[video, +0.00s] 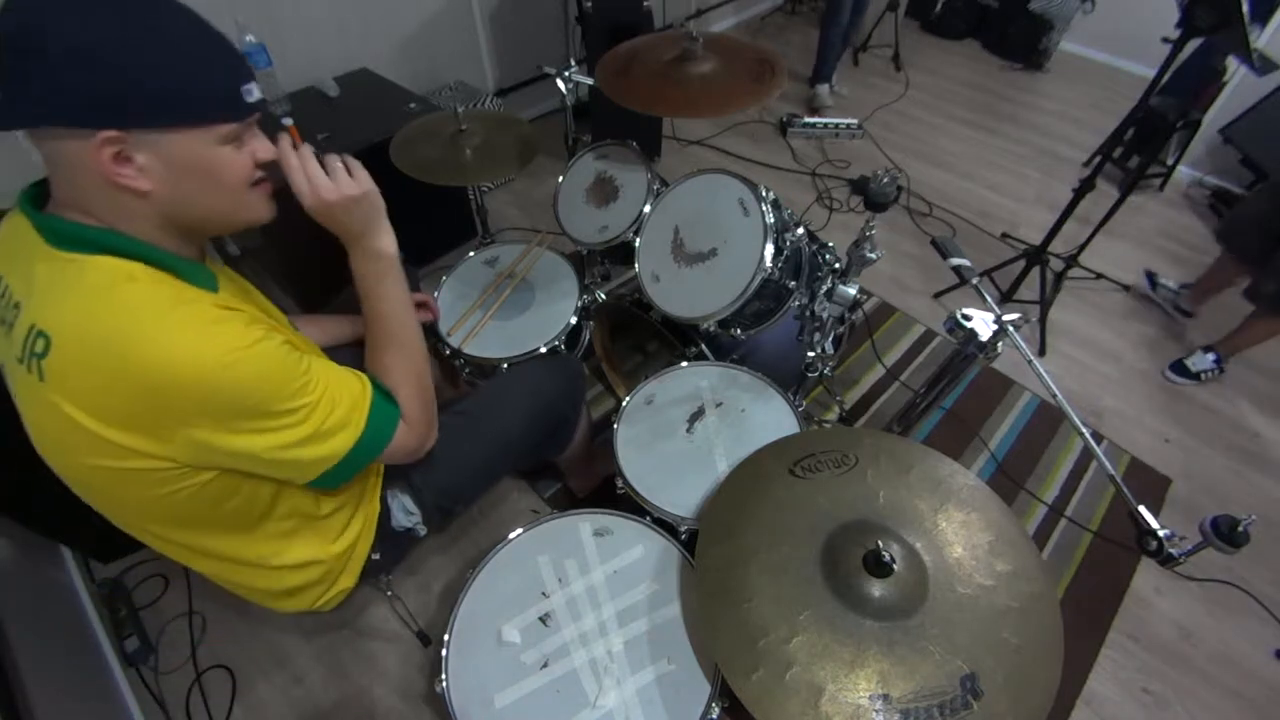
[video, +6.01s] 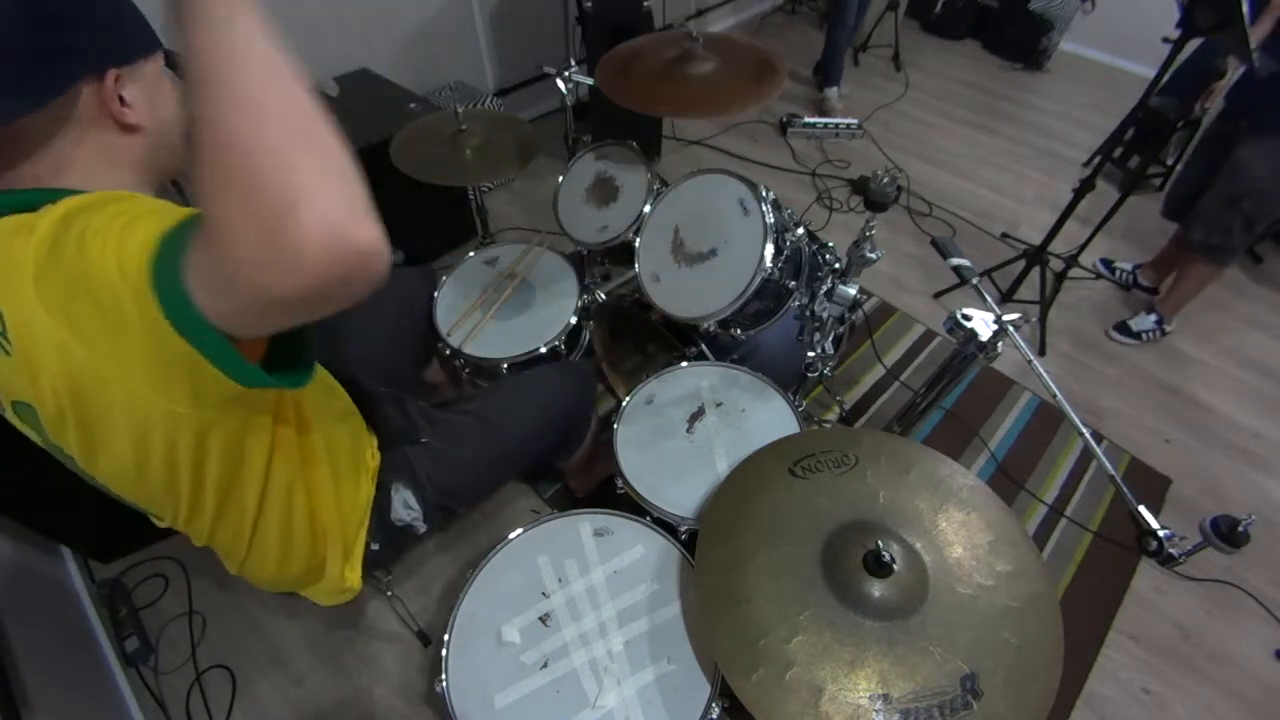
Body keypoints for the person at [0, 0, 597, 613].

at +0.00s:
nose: (267, 152)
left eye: (256, 127)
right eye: (235, 139)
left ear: (120, 166)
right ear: (126, 165)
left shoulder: (45, 229)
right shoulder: (189, 354)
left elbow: (228, 334)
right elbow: (412, 431)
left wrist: (374, 322)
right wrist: (372, 245)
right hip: (341, 527)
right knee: (555, 370)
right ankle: (579, 470)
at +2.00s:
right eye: (248, 125)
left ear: (45, 135)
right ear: (239, 156)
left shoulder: (20, 243)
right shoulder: (237, 382)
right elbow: (361, 550)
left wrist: (230, 309)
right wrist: (384, 380)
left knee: (372, 250)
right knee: (553, 365)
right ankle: (581, 467)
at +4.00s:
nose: (283, 188)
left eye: (268, 160)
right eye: (245, 175)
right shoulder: (72, 368)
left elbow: (323, 246)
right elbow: (431, 379)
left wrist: (263, 108)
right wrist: (155, 191)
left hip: (265, 355)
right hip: (339, 503)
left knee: (486, 277)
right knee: (552, 378)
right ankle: (572, 470)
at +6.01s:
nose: (183, 101)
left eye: (177, 74)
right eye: (170, 75)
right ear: (118, 98)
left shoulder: (25, 238)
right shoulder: (98, 253)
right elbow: (333, 250)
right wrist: (212, 0)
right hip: (347, 508)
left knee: (420, 280)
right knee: (569, 378)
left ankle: (420, 396)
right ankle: (582, 476)